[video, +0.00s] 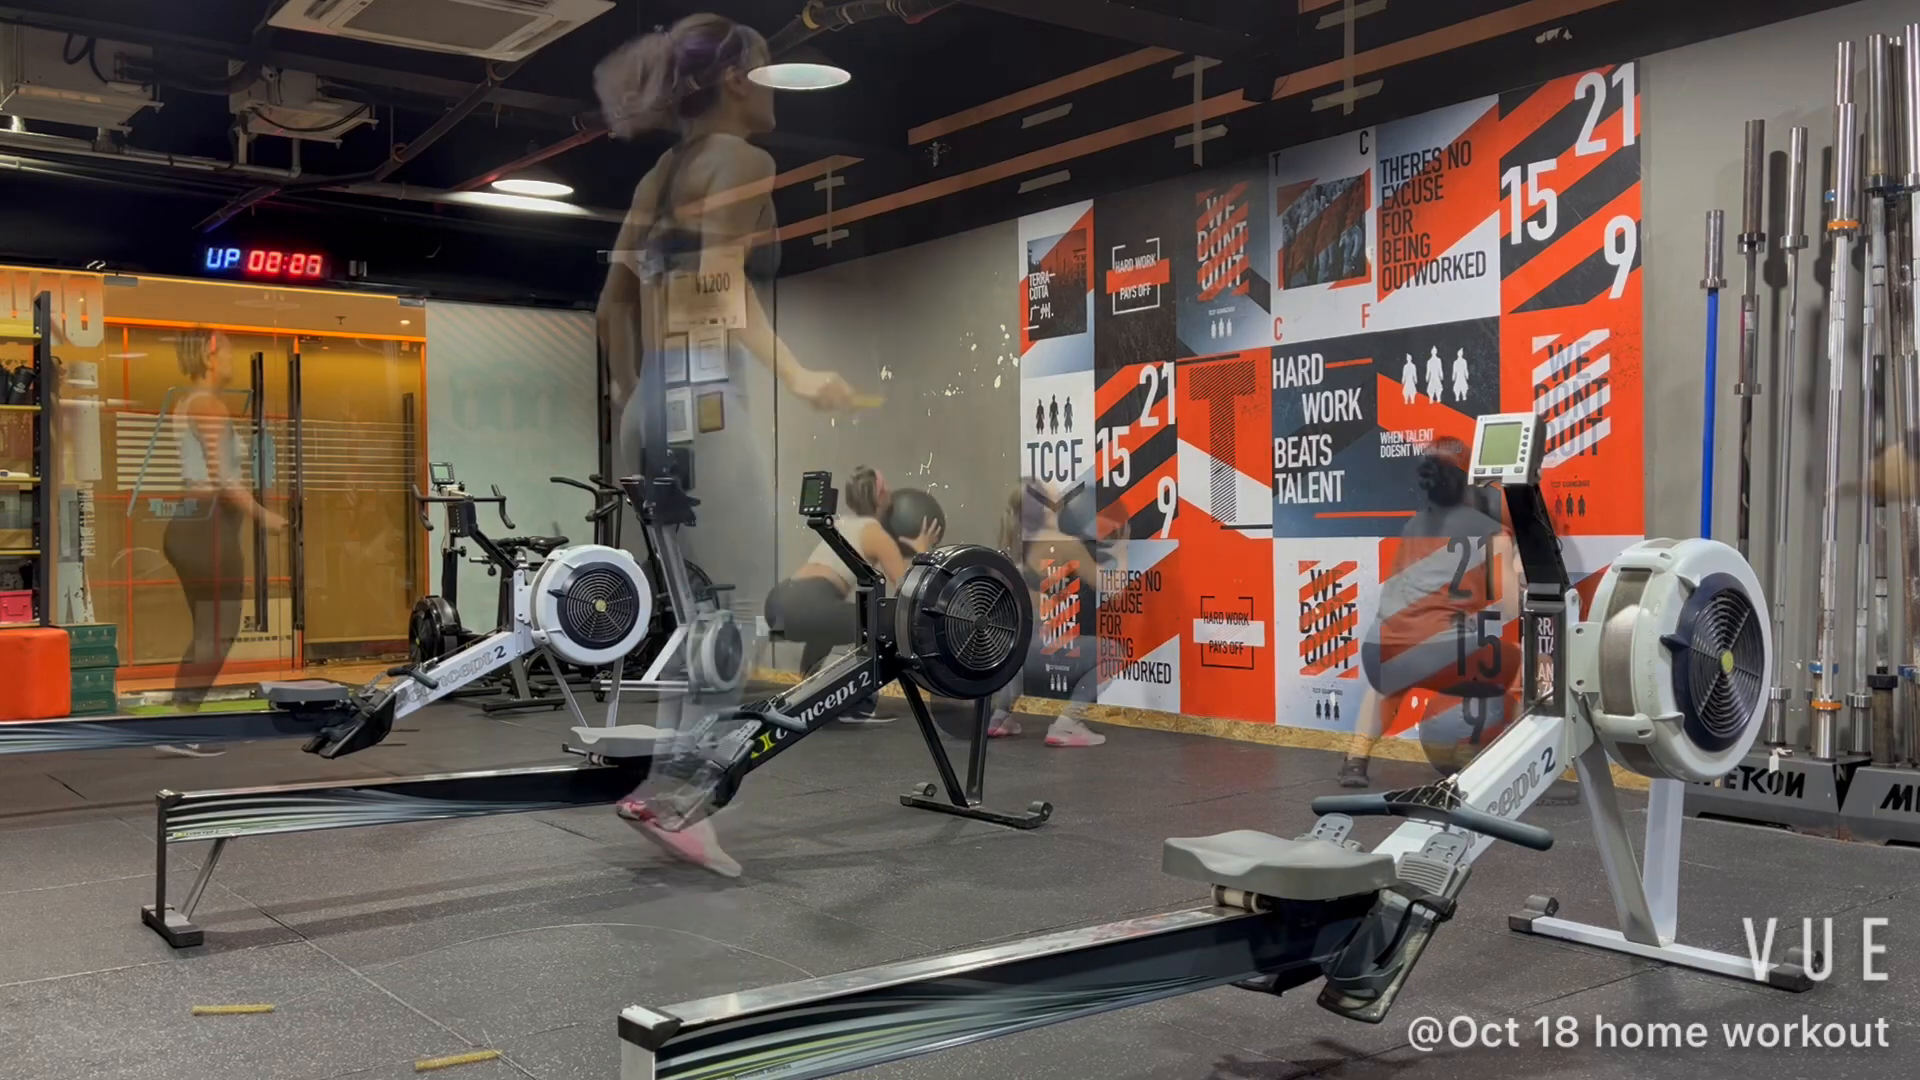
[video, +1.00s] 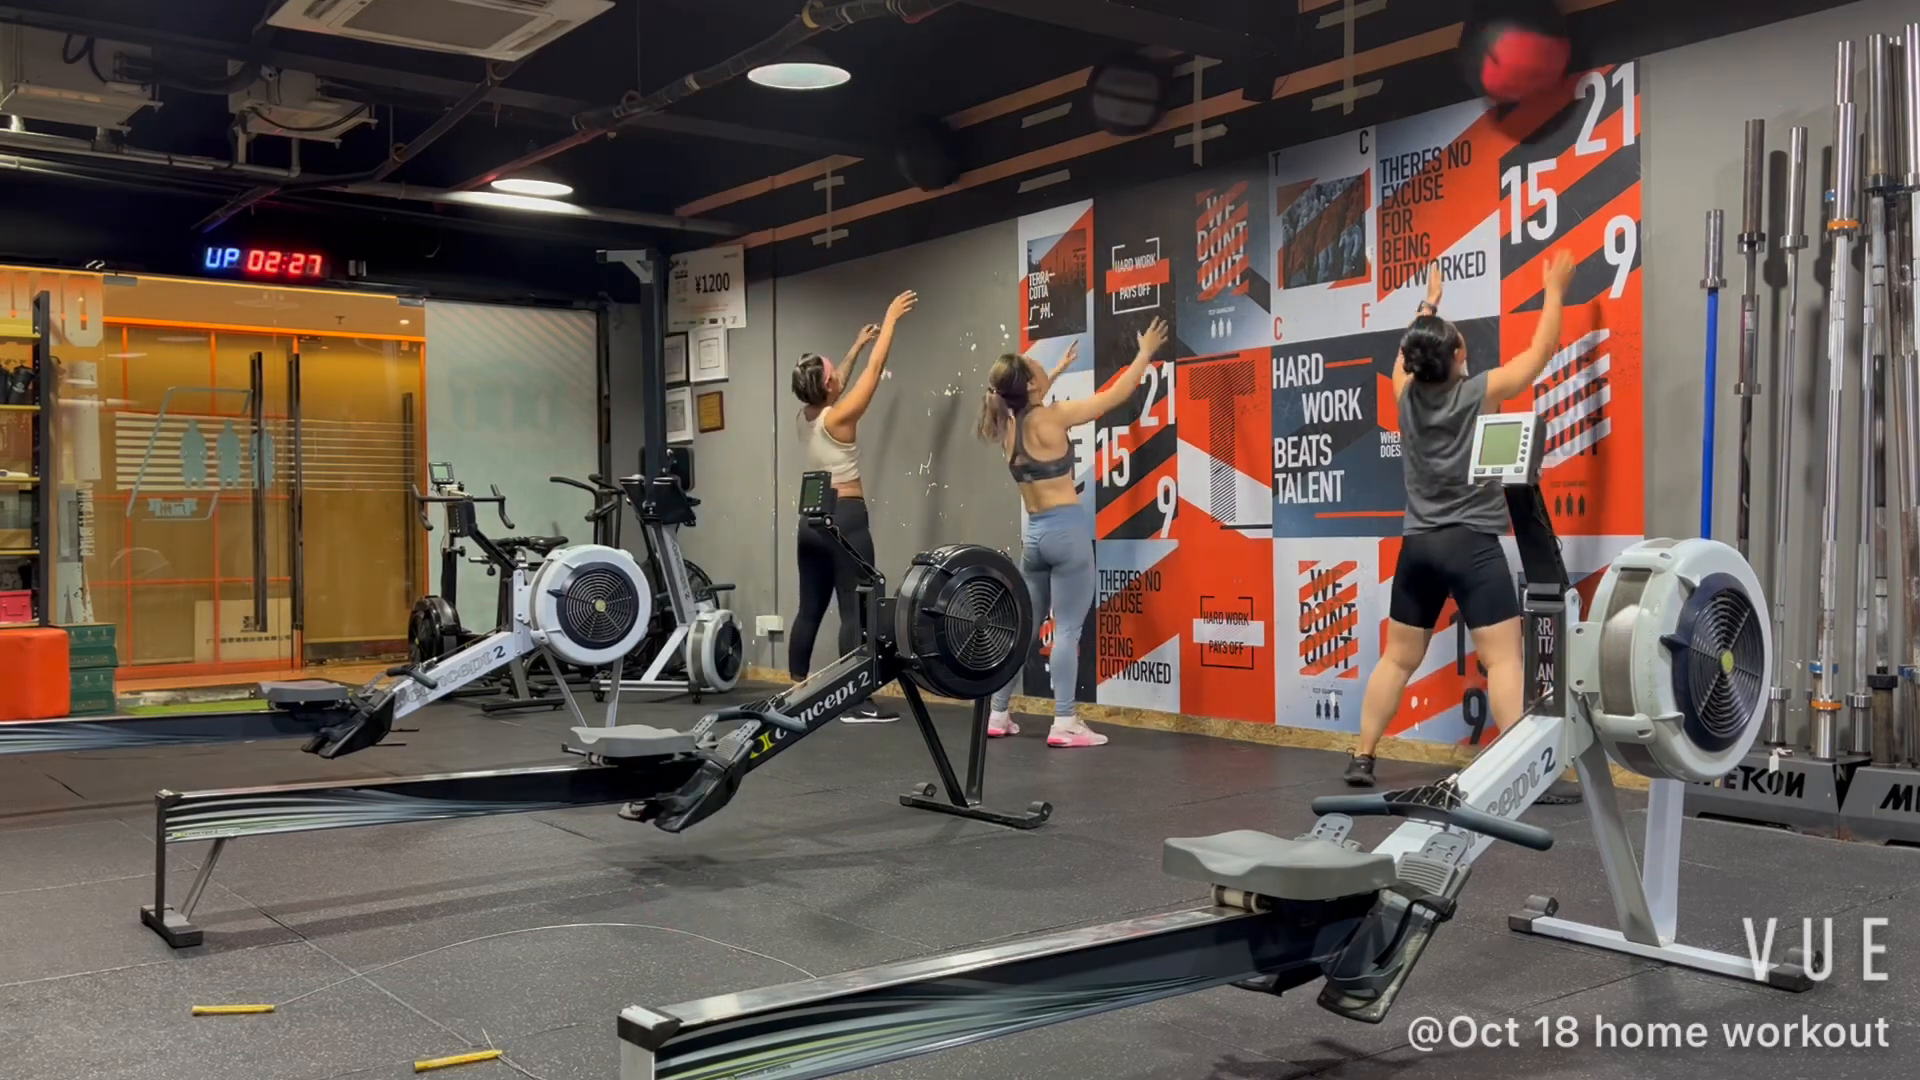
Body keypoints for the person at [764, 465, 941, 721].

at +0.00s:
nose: (888, 491)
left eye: (885, 486)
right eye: (885, 488)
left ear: (854, 496)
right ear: (877, 495)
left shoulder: (838, 524)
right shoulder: (873, 531)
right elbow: (906, 585)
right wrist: (922, 552)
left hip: (780, 606)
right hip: (812, 609)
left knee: (836, 615)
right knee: (886, 623)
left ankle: (809, 693)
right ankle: (858, 706)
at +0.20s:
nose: (879, 441)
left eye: (876, 437)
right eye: (875, 439)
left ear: (848, 453)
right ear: (869, 449)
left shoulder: (836, 481)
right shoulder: (873, 486)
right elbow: (913, 538)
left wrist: (881, 474)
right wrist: (920, 498)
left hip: (782, 567)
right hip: (814, 571)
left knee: (824, 620)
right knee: (878, 618)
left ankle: (801, 694)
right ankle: (858, 702)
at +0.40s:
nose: (854, 375)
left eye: (849, 371)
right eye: (850, 374)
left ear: (832, 396)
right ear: (851, 389)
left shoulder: (833, 428)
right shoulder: (862, 425)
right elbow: (919, 451)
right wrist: (908, 408)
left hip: (808, 525)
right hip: (838, 527)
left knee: (820, 608)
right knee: (874, 602)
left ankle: (801, 687)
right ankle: (860, 695)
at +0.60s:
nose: (837, 344)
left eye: (834, 343)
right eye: (834, 345)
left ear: (817, 370)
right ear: (833, 361)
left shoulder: (821, 396)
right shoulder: (856, 391)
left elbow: (843, 352)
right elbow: (888, 336)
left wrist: (860, 306)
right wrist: (899, 288)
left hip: (819, 494)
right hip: (850, 494)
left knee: (815, 588)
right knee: (864, 589)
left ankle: (801, 672)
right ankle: (865, 682)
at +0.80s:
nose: (839, 368)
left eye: (835, 366)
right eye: (835, 369)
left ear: (814, 391)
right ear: (830, 387)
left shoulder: (810, 418)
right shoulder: (844, 418)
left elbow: (837, 373)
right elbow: (872, 366)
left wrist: (858, 335)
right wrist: (883, 317)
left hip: (820, 516)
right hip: (853, 515)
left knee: (818, 609)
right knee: (861, 609)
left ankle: (800, 694)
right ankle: (854, 699)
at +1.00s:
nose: (837, 370)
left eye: (833, 366)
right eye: (833, 369)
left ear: (811, 389)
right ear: (828, 383)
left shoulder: (807, 416)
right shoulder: (841, 415)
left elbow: (833, 382)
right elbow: (877, 367)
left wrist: (857, 347)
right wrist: (891, 317)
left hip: (813, 515)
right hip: (846, 513)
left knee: (809, 611)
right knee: (854, 612)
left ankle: (797, 694)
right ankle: (854, 700)